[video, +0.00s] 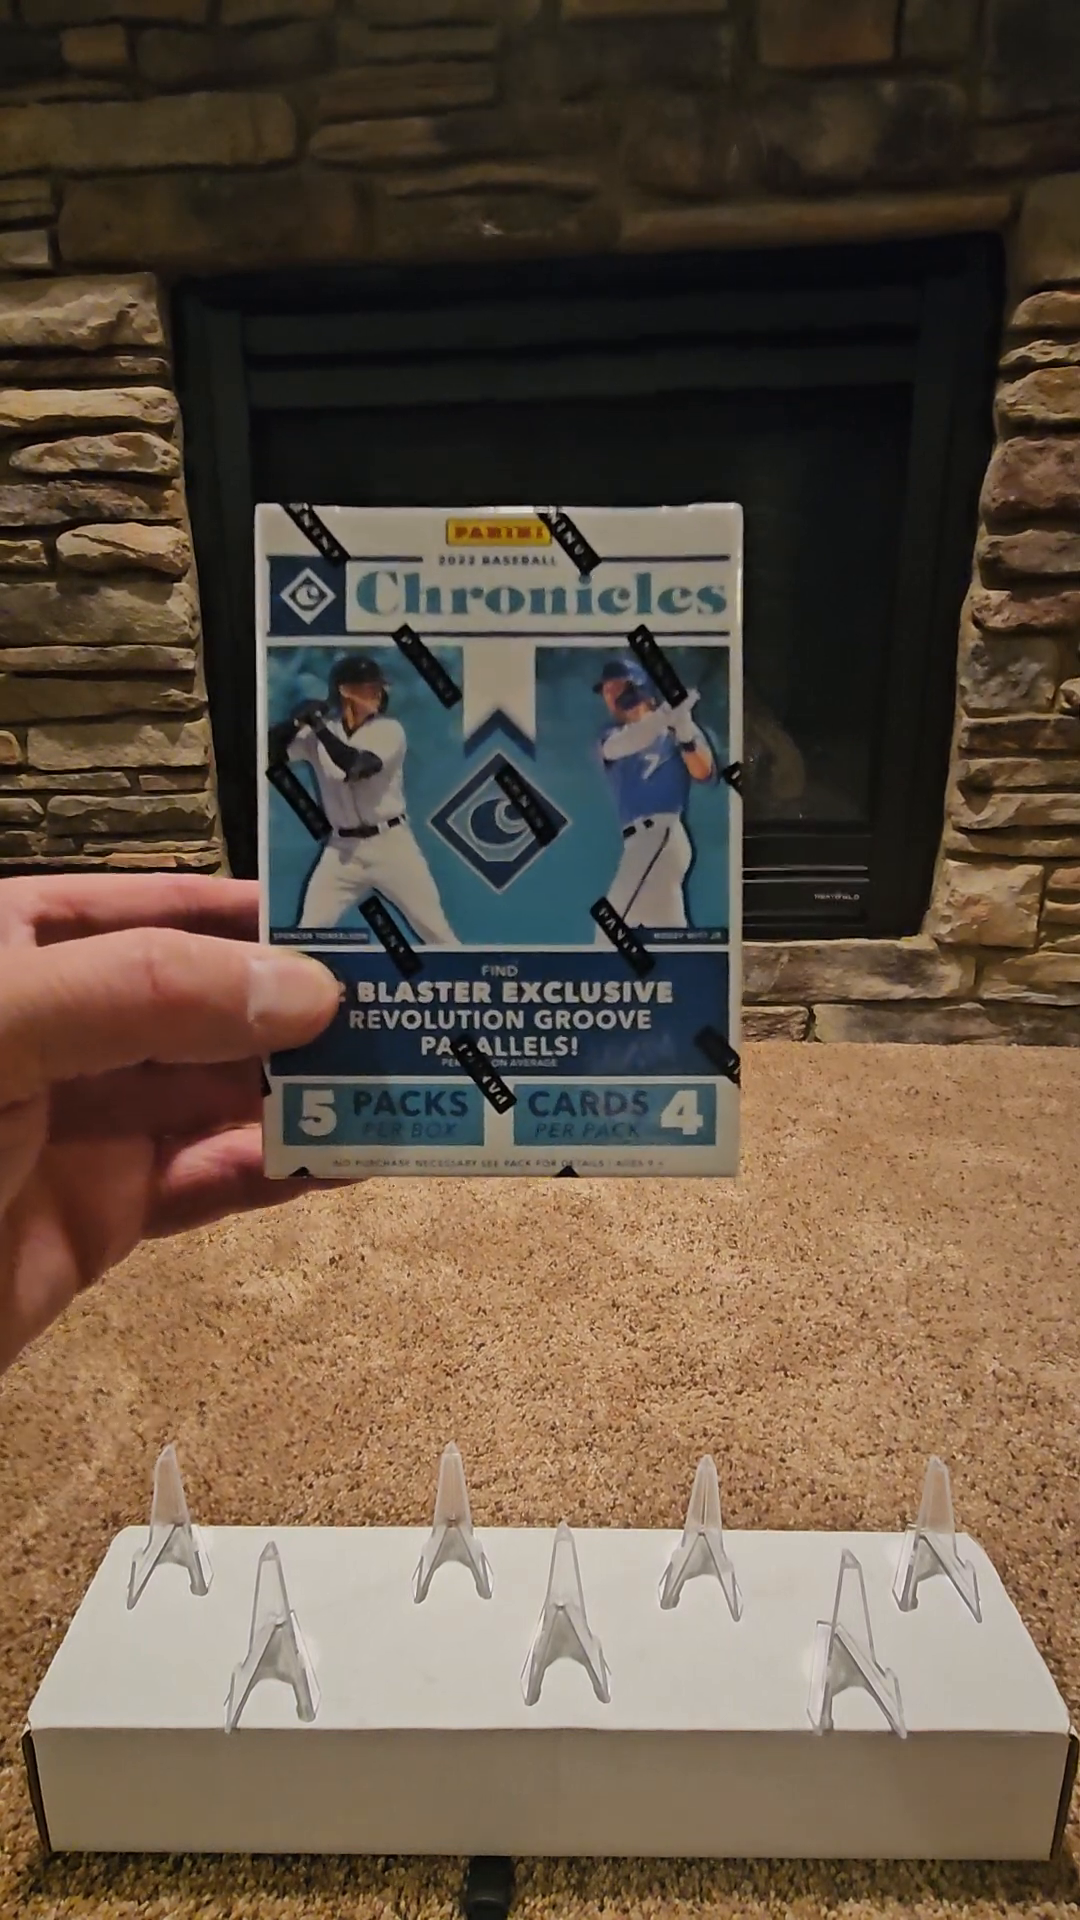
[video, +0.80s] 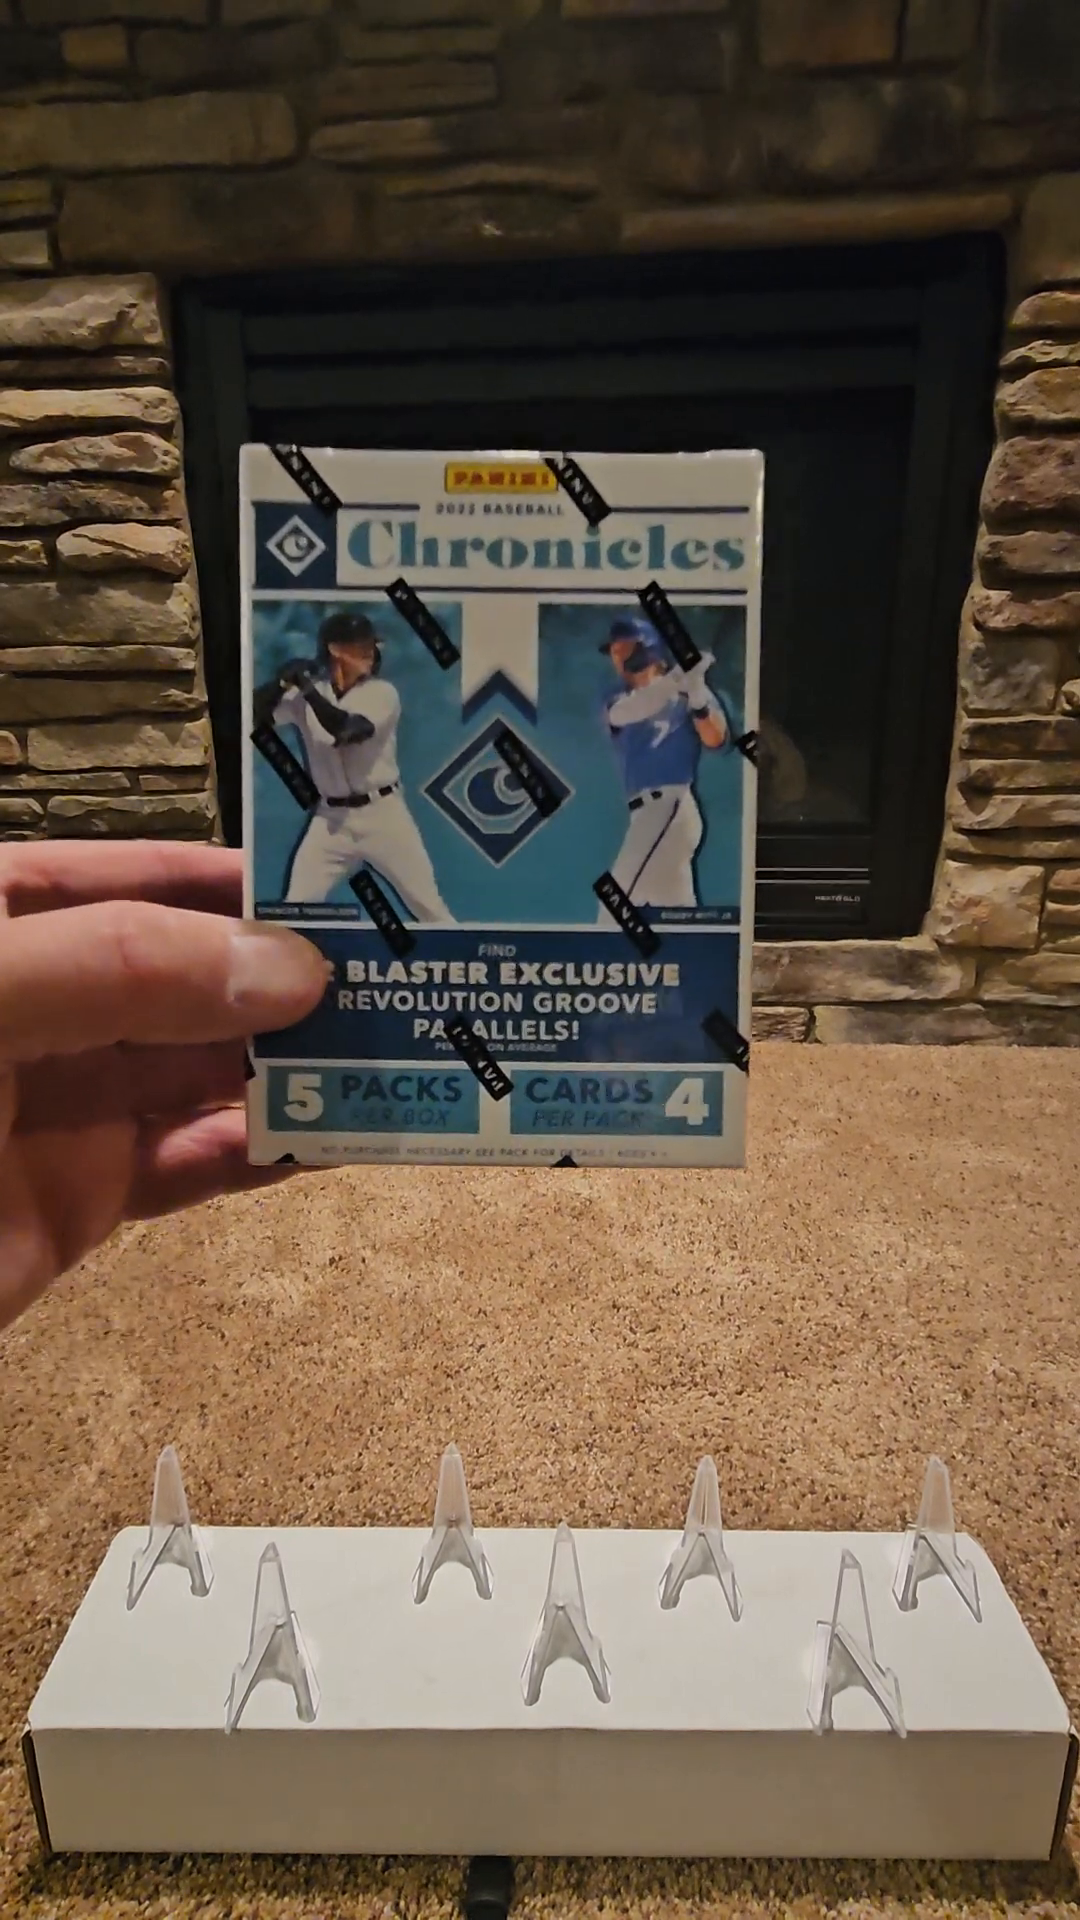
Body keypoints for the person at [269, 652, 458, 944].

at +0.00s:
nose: (376, 690)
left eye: (377, 684)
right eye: (367, 684)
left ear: (382, 689)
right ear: (345, 691)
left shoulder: (389, 730)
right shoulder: (315, 737)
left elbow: (355, 768)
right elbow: (269, 755)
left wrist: (318, 726)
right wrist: (293, 724)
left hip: (392, 846)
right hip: (342, 850)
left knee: (436, 932)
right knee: (309, 937)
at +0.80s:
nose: (371, 651)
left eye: (371, 644)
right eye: (361, 644)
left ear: (375, 649)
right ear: (335, 650)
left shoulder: (381, 693)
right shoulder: (303, 699)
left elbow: (344, 731)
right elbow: (255, 716)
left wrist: (307, 689)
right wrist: (282, 683)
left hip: (384, 816)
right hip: (330, 820)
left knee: (428, 906)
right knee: (297, 912)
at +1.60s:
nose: (368, 521)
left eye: (369, 513)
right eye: (357, 512)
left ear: (374, 520)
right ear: (326, 519)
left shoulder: (381, 572)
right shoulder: (288, 579)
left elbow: (339, 619)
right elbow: (229, 599)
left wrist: (290, 567)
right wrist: (261, 561)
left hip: (386, 723)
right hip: (321, 728)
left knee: (441, 835)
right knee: (280, 842)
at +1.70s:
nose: (368, 501)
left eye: (370, 492)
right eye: (356, 492)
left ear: (377, 498)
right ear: (327, 499)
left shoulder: (385, 553)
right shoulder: (290, 559)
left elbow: (341, 602)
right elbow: (227, 583)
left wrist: (292, 548)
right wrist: (261, 543)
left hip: (389, 708)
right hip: (323, 714)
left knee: (446, 824)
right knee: (282, 829)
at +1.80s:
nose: (379, 484)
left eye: (381, 475)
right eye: (367, 475)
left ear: (386, 483)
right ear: (337, 482)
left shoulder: (394, 538)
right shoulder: (298, 543)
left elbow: (352, 587)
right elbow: (235, 567)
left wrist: (301, 534)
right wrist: (271, 526)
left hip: (398, 694)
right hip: (331, 700)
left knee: (455, 812)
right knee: (287, 817)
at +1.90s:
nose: (384, 466)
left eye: (386, 458)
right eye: (371, 458)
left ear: (392, 464)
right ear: (342, 465)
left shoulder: (400, 520)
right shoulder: (304, 525)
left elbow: (356, 570)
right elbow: (241, 552)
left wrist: (305, 515)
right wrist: (275, 507)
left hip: (405, 679)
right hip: (337, 684)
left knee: (462, 797)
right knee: (294, 801)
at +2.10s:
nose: (374, 549)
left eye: (379, 541)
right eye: (362, 540)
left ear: (387, 549)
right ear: (337, 547)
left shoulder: (396, 599)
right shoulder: (304, 604)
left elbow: (355, 646)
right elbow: (245, 631)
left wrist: (306, 595)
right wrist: (274, 589)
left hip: (399, 747)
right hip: (334, 753)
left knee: (454, 861)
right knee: (294, 864)